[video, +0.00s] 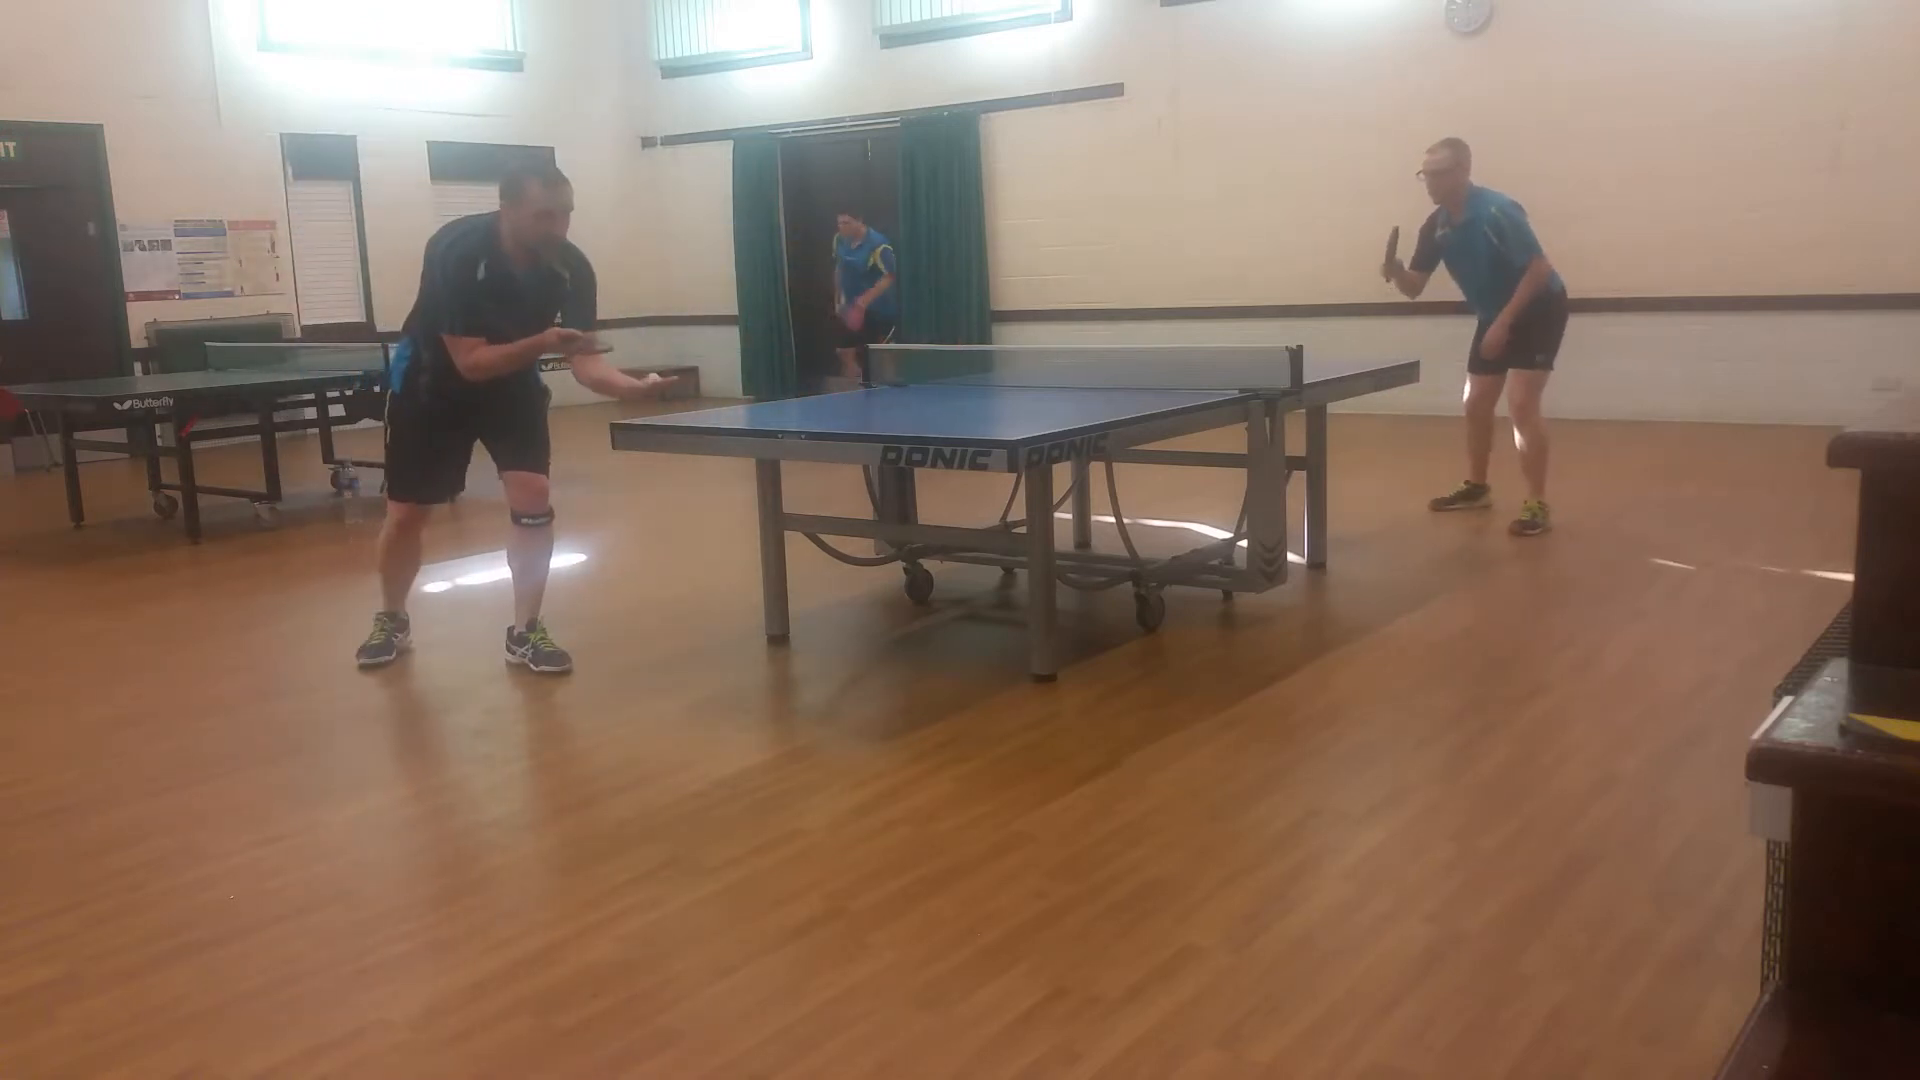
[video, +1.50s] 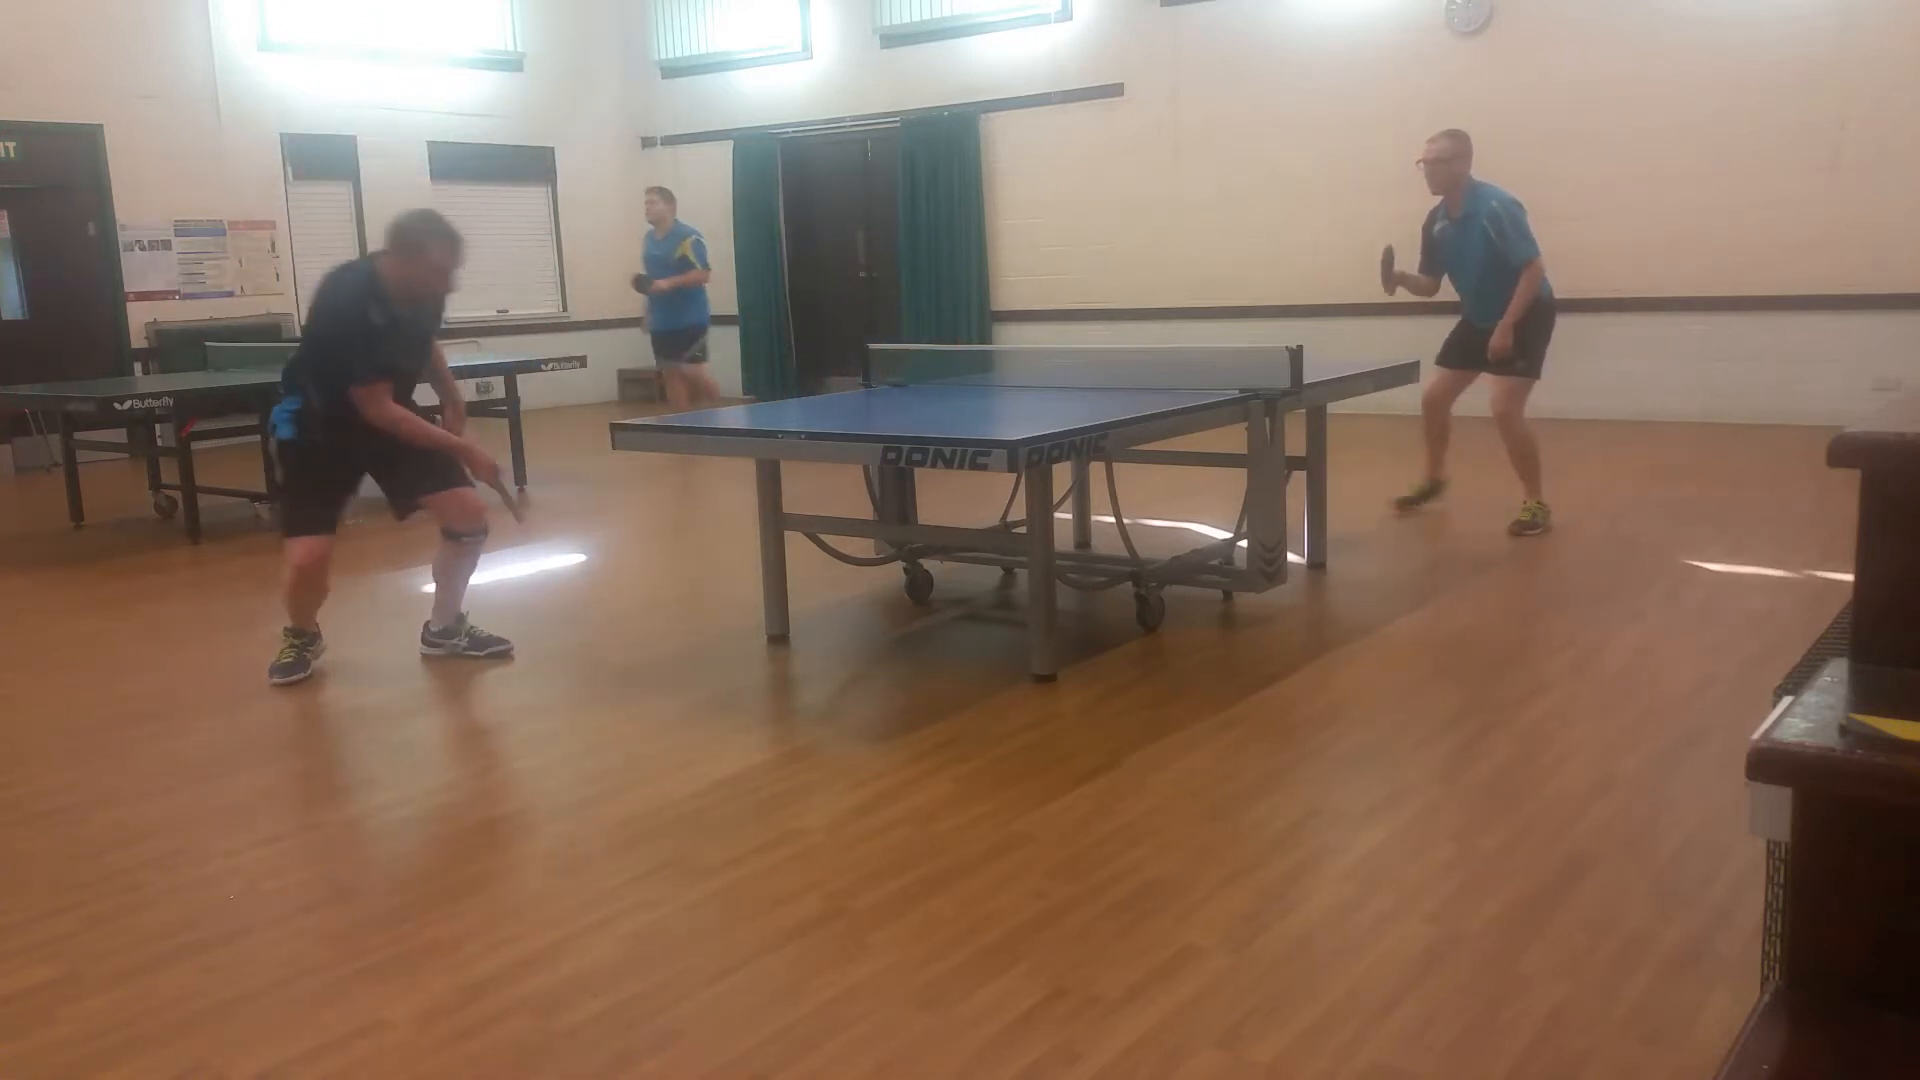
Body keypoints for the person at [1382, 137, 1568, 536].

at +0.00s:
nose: (1425, 182)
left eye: (1433, 174)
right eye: (1424, 175)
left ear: (1461, 173)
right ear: (1428, 177)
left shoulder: (1499, 211)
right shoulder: (1435, 227)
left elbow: (1539, 269)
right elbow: (1414, 286)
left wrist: (1502, 324)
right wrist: (1396, 272)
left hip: (1539, 305)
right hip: (1495, 311)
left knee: (1522, 404)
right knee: (1476, 402)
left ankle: (1536, 504)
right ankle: (1476, 486)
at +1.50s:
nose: (1426, 171)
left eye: (1435, 163)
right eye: (1424, 163)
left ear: (1462, 164)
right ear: (1426, 167)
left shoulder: (1498, 206)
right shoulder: (1436, 221)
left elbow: (1534, 271)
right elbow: (1428, 286)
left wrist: (1506, 326)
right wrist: (1398, 277)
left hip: (1527, 315)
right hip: (1481, 317)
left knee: (1506, 409)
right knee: (1434, 399)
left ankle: (1535, 503)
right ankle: (1434, 481)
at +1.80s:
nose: (1422, 203)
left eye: (1431, 196)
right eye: (1420, 195)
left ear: (1456, 198)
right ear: (1419, 198)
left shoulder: (1499, 236)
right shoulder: (1423, 248)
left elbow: (1535, 298)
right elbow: (1408, 304)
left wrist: (1501, 348)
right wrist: (1390, 324)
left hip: (1520, 327)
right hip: (1468, 331)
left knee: (1531, 409)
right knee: (1419, 408)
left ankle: (1577, 500)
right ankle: (1395, 493)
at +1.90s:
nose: (1430, 223)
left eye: (1438, 216)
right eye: (1428, 216)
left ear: (1464, 219)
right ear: (1427, 217)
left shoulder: (1506, 254)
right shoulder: (1431, 266)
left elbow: (1545, 317)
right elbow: (1423, 326)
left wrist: (1508, 364)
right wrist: (1404, 346)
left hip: (1531, 338)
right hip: (1478, 341)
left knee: (1548, 416)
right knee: (1418, 404)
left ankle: (1592, 505)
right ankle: (1393, 493)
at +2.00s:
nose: (1439, 246)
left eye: (1448, 238)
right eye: (1437, 238)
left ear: (1472, 240)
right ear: (1434, 239)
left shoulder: (1515, 268)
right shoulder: (1440, 284)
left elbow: (1558, 330)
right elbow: (1437, 342)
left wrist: (1525, 378)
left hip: (1537, 351)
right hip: (1482, 354)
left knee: (1559, 414)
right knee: (1415, 406)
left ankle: (1596, 504)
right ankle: (1393, 492)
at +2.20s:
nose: (1457, 231)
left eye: (1465, 225)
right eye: (1456, 223)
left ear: (1490, 224)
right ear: (1455, 221)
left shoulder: (1521, 257)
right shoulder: (1450, 256)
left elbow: (1581, 303)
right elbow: (1407, 288)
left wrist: (1580, 355)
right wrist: (1408, 308)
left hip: (1540, 352)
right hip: (1488, 353)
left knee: (1554, 419)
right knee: (1415, 408)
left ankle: (1596, 506)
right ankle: (1391, 492)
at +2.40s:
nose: (1460, 193)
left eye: (1470, 185)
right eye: (1458, 185)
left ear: (1493, 188)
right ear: (1455, 186)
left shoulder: (1517, 231)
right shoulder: (1473, 229)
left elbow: (1568, 283)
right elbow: (1488, 275)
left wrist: (1566, 337)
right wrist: (1454, 282)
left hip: (1541, 344)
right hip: (1496, 341)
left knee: (1547, 421)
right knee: (1432, 400)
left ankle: (1595, 507)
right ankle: (1404, 482)